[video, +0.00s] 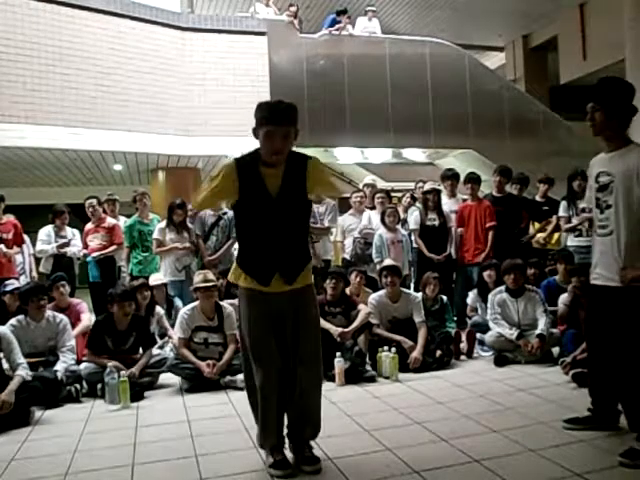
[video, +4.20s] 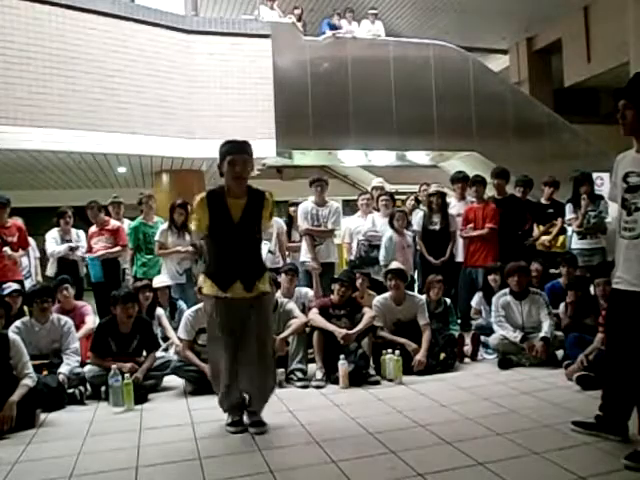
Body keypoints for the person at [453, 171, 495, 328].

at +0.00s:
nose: (470, 188)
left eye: (473, 185)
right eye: (467, 184)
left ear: (479, 186)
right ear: (464, 186)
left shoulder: (486, 206)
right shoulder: (462, 208)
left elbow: (491, 229)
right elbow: (458, 230)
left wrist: (486, 251)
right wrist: (457, 251)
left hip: (479, 256)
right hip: (464, 256)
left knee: (479, 292)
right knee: (461, 293)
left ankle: (480, 321)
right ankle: (461, 323)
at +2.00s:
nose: (473, 190)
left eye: (476, 187)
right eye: (471, 187)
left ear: (482, 189)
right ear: (468, 189)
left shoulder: (490, 208)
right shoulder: (467, 210)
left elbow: (495, 230)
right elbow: (463, 230)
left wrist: (472, 242)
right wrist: (467, 245)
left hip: (485, 258)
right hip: (470, 257)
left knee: (484, 292)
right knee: (468, 292)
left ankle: (486, 320)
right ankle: (467, 322)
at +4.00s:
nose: (475, 190)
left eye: (479, 187)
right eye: (473, 187)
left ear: (484, 189)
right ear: (469, 189)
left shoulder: (491, 208)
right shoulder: (469, 210)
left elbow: (486, 230)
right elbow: (461, 231)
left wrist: (468, 232)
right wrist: (473, 228)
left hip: (486, 259)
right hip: (470, 259)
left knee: (486, 296)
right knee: (465, 296)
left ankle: (487, 325)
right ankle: (465, 326)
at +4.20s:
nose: (476, 190)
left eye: (479, 187)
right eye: (473, 187)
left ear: (484, 188)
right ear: (470, 189)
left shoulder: (491, 208)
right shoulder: (468, 210)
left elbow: (488, 230)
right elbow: (461, 231)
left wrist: (469, 233)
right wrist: (472, 228)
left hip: (486, 259)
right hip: (470, 259)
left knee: (486, 296)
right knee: (465, 297)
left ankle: (487, 325)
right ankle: (465, 326)